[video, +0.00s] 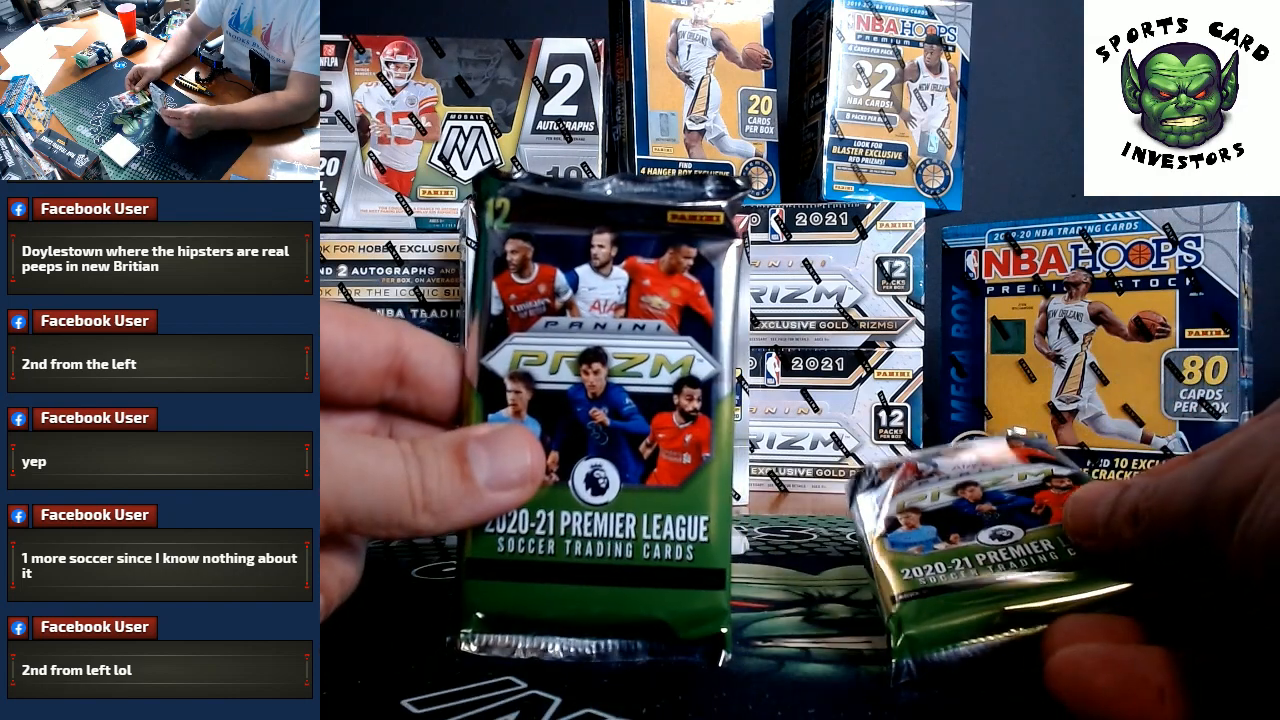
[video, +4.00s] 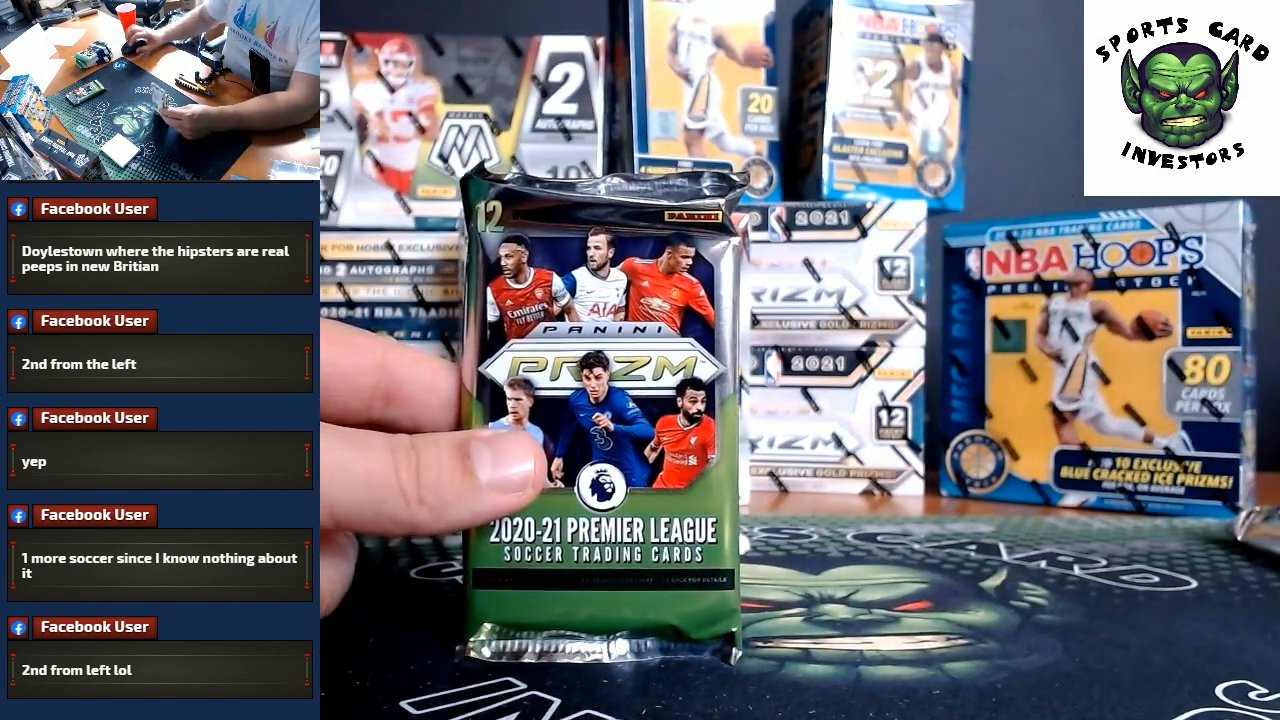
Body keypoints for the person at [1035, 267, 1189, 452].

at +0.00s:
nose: (1069, 273)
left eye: (1075, 272)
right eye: (1070, 271)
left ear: (1086, 283)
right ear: (1067, 280)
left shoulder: (1094, 308)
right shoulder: (1049, 304)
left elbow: (1125, 333)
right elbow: (1038, 335)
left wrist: (1160, 331)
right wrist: (1046, 351)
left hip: (1079, 365)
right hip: (1063, 367)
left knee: (1060, 422)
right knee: (1102, 425)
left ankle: (1078, 478)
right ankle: (1166, 443)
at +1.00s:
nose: (1069, 273)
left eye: (1076, 272)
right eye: (1070, 271)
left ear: (1086, 282)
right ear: (1067, 282)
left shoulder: (1094, 308)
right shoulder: (1049, 304)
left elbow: (1126, 332)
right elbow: (1038, 335)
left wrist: (1159, 331)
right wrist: (1046, 351)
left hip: (1079, 365)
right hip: (1064, 367)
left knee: (1060, 422)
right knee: (1102, 425)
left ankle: (1082, 480)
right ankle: (1165, 443)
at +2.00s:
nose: (1072, 287)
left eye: (1077, 283)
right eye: (1071, 283)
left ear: (1087, 285)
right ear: (1067, 283)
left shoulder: (1095, 308)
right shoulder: (1053, 303)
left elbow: (1126, 331)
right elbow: (1039, 335)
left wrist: (1157, 330)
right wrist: (1047, 350)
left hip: (1081, 365)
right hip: (1063, 367)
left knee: (1062, 418)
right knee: (1104, 424)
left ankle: (1077, 473)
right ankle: (1165, 442)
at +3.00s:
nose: (1072, 288)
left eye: (1077, 284)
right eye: (1071, 283)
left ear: (1087, 285)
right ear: (1067, 283)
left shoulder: (1095, 308)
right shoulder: (1053, 304)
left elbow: (1126, 331)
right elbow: (1039, 334)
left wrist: (1156, 329)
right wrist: (1047, 349)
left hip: (1081, 365)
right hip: (1064, 367)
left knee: (1062, 418)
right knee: (1103, 424)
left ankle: (1078, 473)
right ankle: (1165, 442)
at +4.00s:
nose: (1072, 287)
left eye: (1077, 284)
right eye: (1071, 283)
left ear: (1087, 285)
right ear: (1067, 283)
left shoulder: (1095, 308)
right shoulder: (1053, 304)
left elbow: (1126, 331)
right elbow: (1039, 334)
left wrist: (1156, 330)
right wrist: (1047, 350)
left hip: (1081, 365)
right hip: (1064, 367)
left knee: (1062, 418)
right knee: (1103, 424)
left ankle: (1078, 473)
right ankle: (1165, 442)